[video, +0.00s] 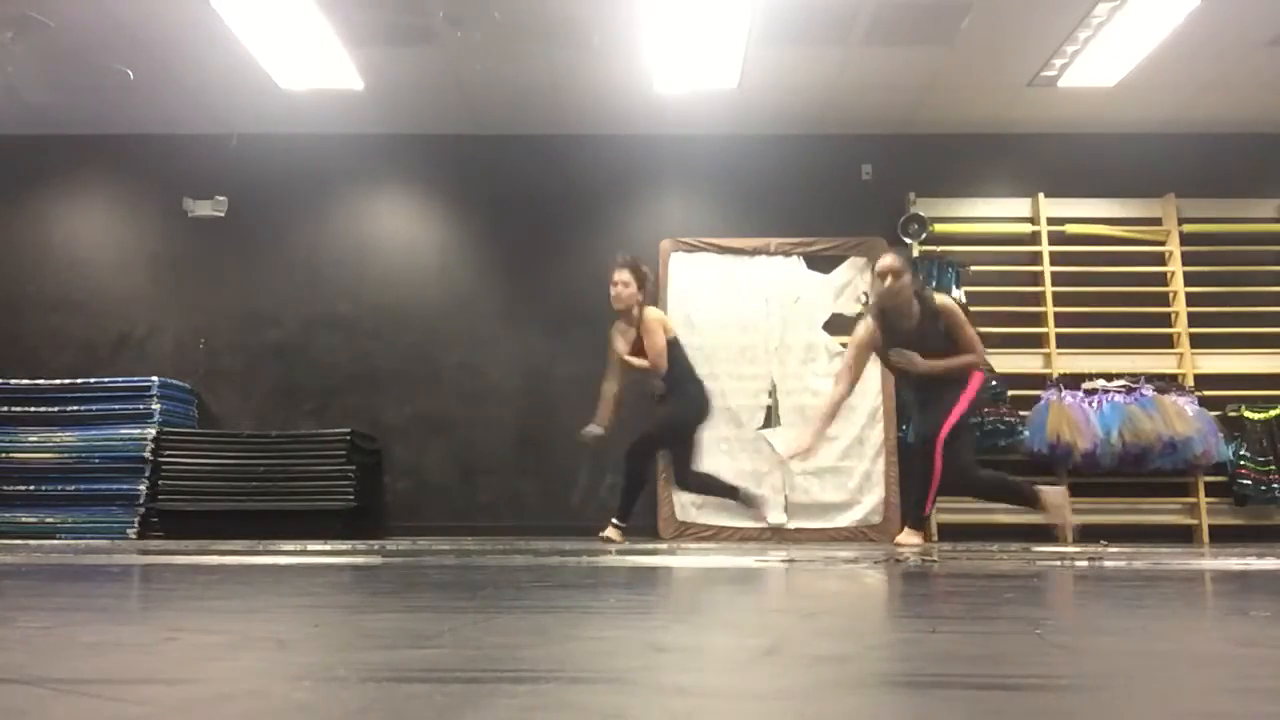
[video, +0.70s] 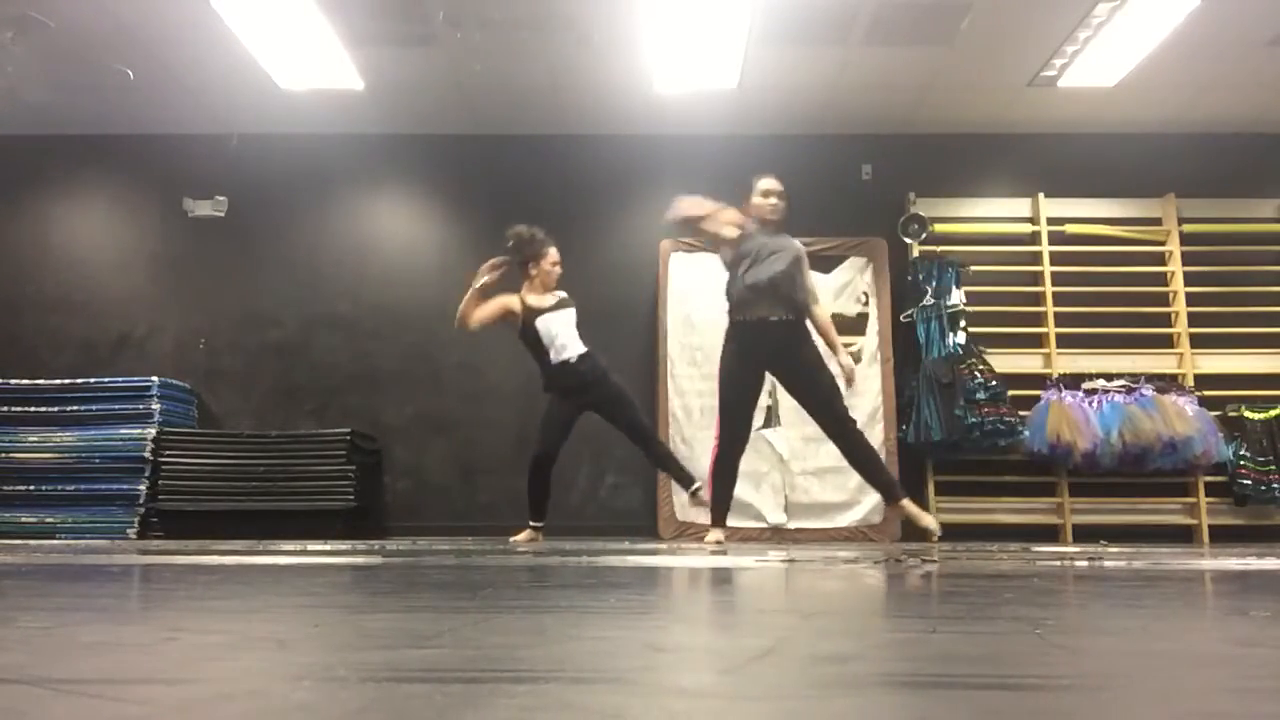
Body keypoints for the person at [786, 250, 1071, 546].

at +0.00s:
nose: (886, 283)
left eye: (894, 275)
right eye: (880, 277)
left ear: (912, 279)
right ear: (872, 284)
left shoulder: (943, 308)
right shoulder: (870, 329)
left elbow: (978, 358)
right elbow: (842, 384)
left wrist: (925, 365)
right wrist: (813, 437)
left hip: (966, 378)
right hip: (926, 388)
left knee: (932, 437)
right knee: (961, 475)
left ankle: (914, 529)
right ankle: (1044, 498)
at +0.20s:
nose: (890, 229)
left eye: (896, 223)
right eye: (881, 223)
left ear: (905, 233)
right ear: (866, 233)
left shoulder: (911, 276)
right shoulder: (855, 274)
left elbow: (914, 336)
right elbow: (909, 307)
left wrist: (877, 373)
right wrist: (961, 322)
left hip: (902, 360)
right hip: (856, 363)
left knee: (905, 437)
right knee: (845, 434)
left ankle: (910, 526)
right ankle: (830, 475)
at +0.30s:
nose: (875, 210)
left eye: (881, 205)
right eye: (866, 204)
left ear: (890, 216)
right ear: (850, 214)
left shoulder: (890, 263)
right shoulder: (846, 249)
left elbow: (887, 324)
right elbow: (907, 281)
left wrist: (861, 360)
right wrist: (953, 273)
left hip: (870, 356)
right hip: (824, 356)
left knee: (888, 437)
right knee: (795, 440)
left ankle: (906, 527)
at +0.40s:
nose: (853, 204)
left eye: (859, 198)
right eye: (844, 198)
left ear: (868, 208)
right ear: (830, 204)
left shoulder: (859, 249)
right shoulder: (823, 226)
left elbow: (867, 313)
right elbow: (886, 255)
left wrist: (857, 348)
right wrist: (902, 245)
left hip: (837, 354)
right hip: (792, 351)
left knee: (865, 439)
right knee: (761, 439)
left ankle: (891, 526)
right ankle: (717, 523)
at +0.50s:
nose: (826, 201)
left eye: (830, 196)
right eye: (818, 195)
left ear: (835, 206)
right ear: (800, 200)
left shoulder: (820, 259)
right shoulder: (778, 229)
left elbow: (836, 308)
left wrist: (854, 346)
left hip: (809, 347)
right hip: (766, 345)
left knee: (845, 434)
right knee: (746, 438)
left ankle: (881, 523)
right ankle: (717, 526)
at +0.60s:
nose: (797, 200)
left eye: (802, 195)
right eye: (789, 194)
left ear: (809, 204)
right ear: (772, 200)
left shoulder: (807, 256)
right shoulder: (753, 231)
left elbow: (824, 309)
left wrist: (850, 349)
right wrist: (772, 190)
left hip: (797, 341)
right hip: (750, 341)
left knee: (839, 427)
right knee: (736, 436)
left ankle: (886, 512)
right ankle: (716, 526)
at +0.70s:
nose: (774, 201)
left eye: (779, 196)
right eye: (765, 194)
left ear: (786, 205)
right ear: (748, 202)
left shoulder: (793, 248)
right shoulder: (734, 236)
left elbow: (813, 305)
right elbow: (677, 210)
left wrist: (840, 353)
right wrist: (714, 211)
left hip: (791, 341)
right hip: (743, 341)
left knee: (842, 427)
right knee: (731, 437)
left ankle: (902, 503)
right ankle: (717, 527)